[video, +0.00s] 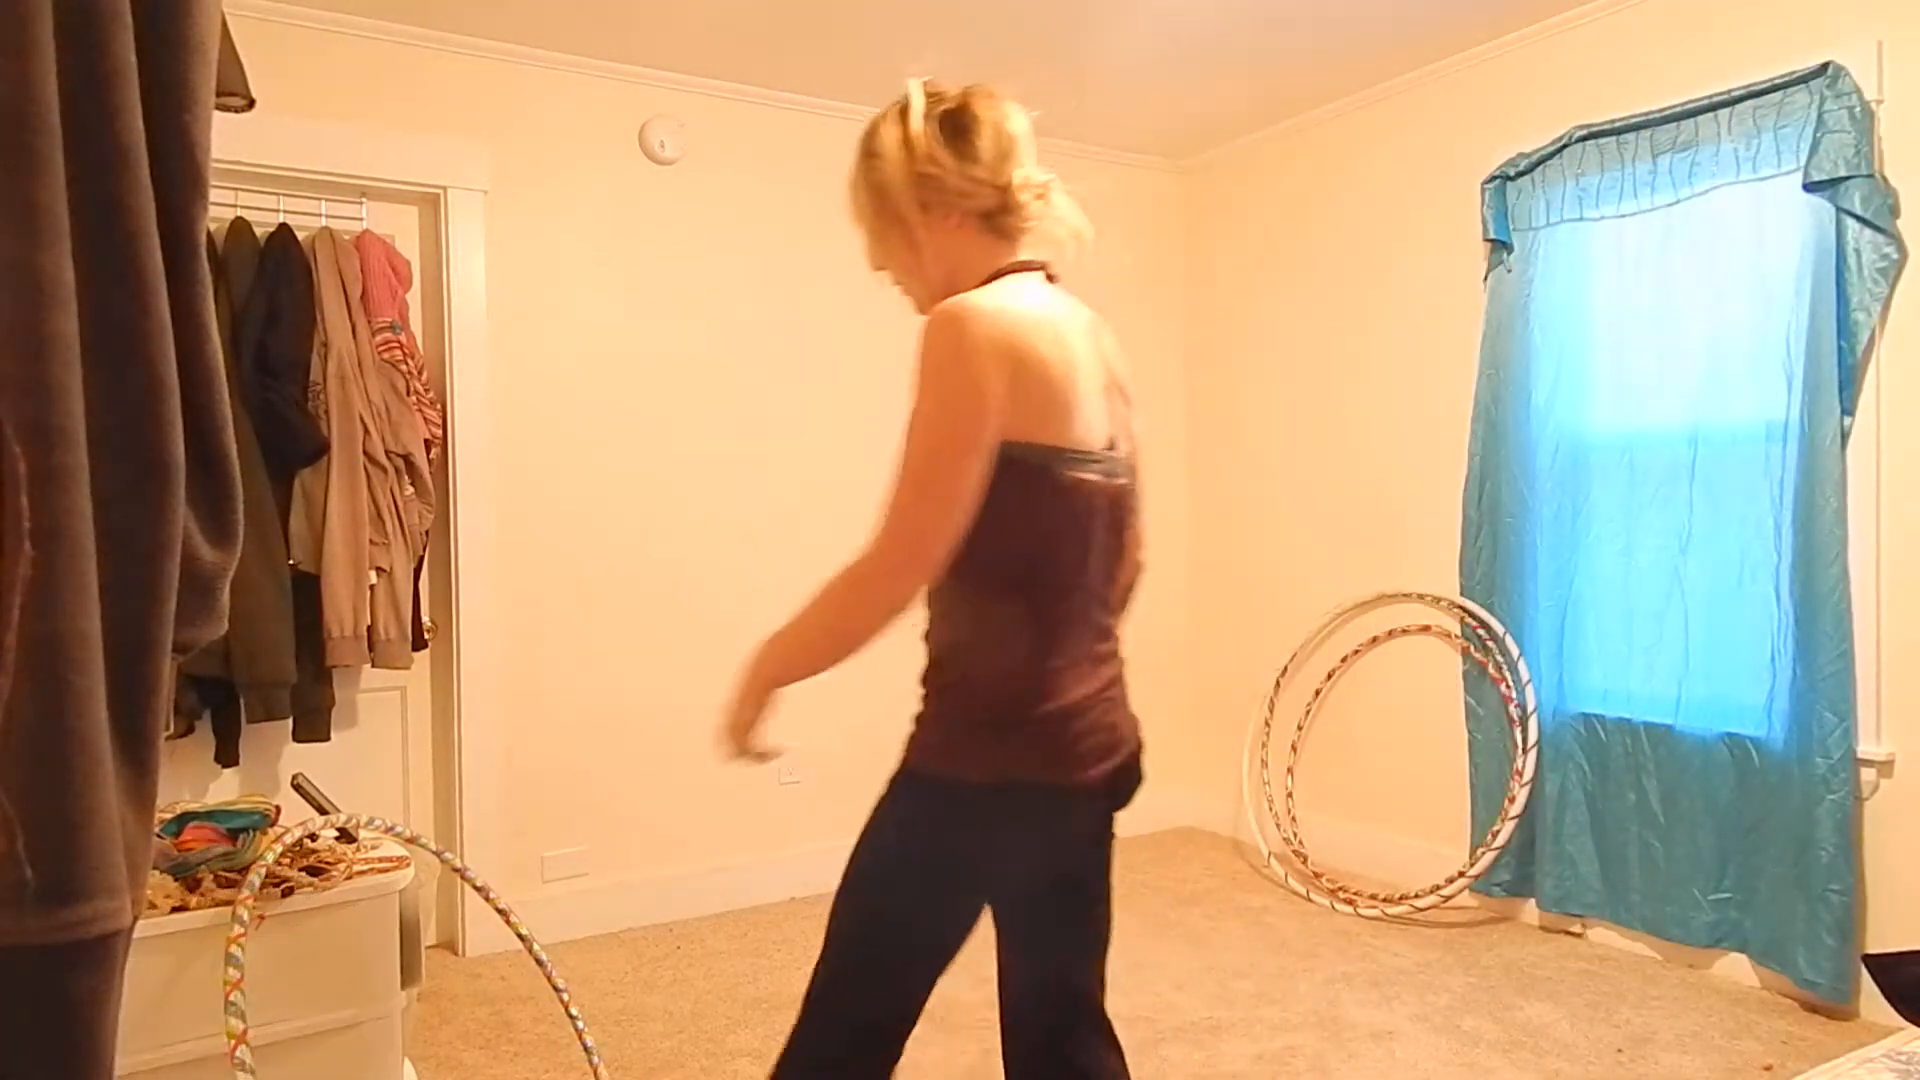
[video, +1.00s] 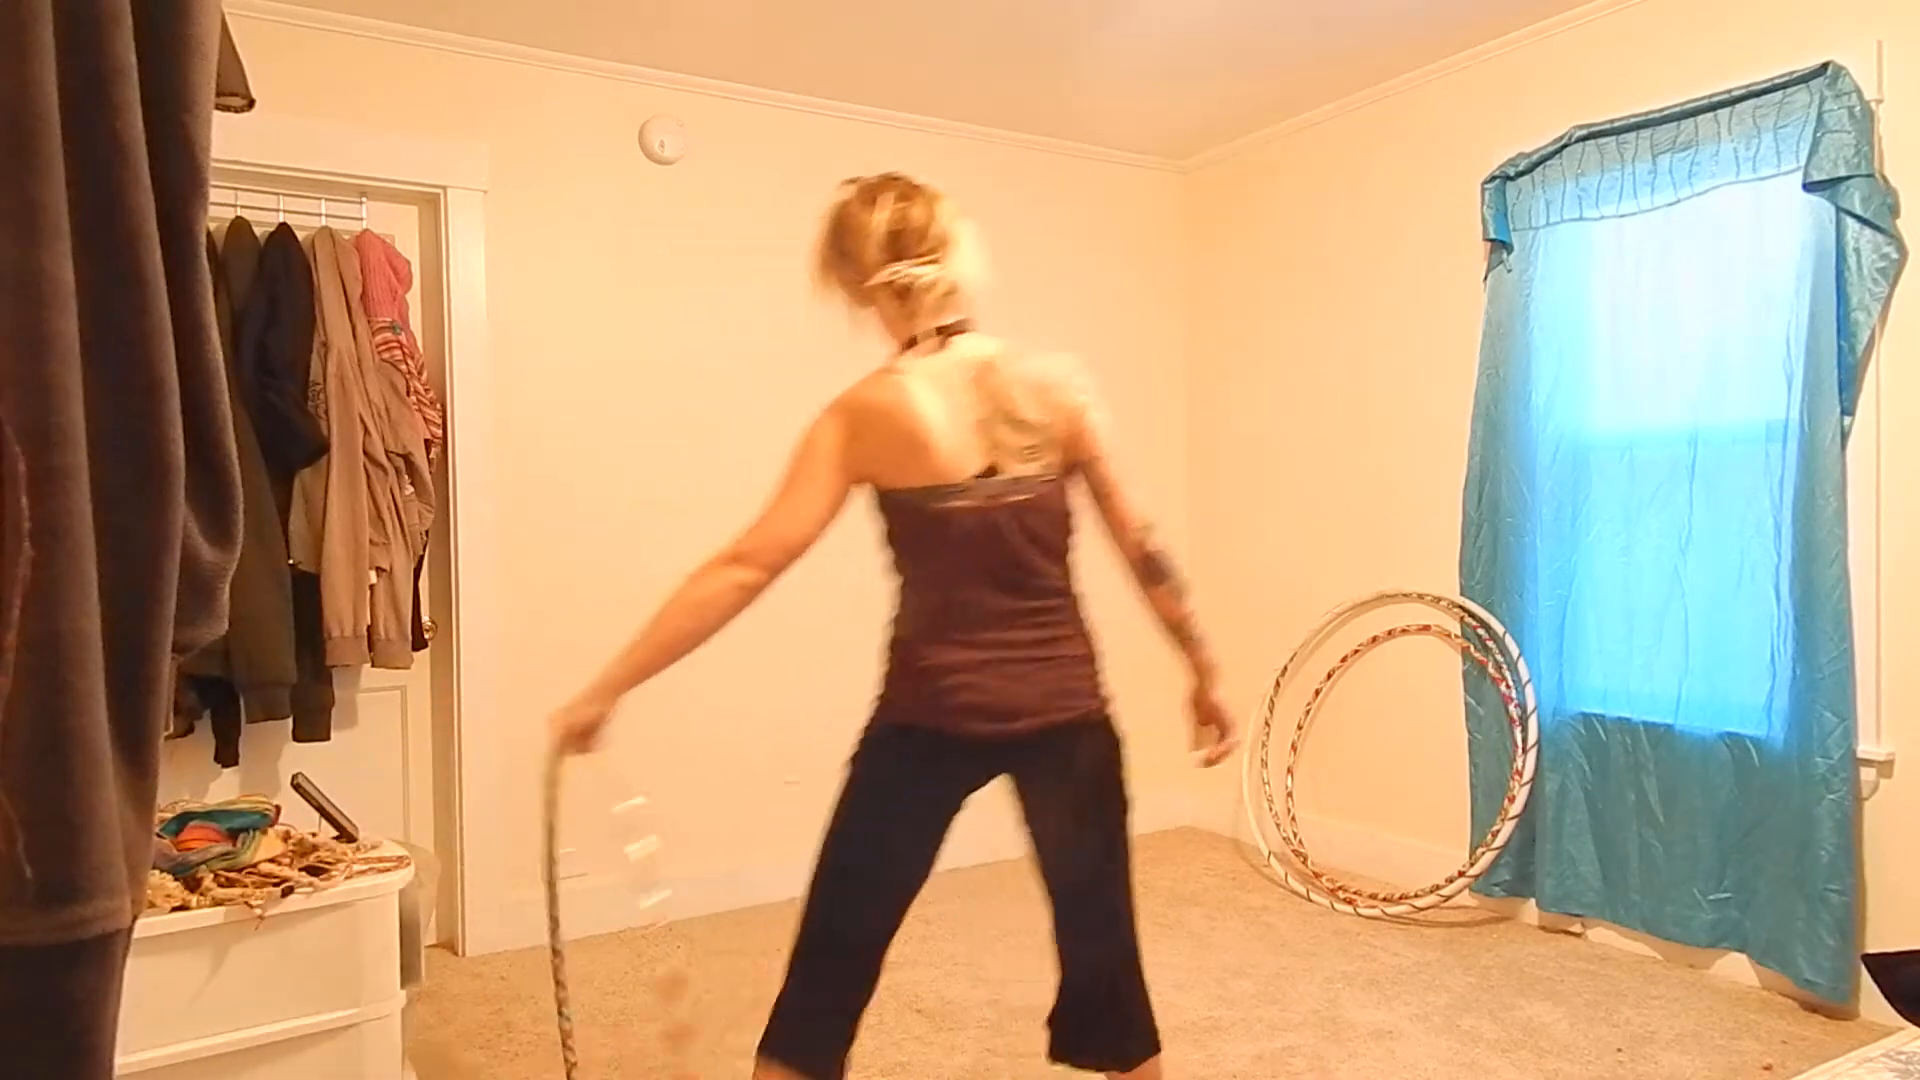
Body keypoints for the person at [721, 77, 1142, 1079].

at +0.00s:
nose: (883, 265)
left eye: (886, 234)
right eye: (877, 239)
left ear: (943, 209)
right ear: (990, 202)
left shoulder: (971, 326)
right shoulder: (1082, 331)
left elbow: (906, 559)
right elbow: (1122, 565)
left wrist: (767, 667)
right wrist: (1042, 671)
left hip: (980, 751)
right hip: (1083, 742)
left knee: (840, 1043)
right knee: (1061, 1036)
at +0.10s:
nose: (823, 273)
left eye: (824, 244)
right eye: (817, 247)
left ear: (876, 225)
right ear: (934, 214)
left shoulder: (904, 352)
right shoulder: (1033, 342)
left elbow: (787, 571)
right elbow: (1072, 562)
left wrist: (647, 702)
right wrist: (987, 674)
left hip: (926, 756)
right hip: (1044, 748)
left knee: (810, 1030)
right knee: (1031, 1029)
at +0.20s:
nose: (746, 277)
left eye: (747, 247)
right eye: (742, 250)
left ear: (795, 236)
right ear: (869, 219)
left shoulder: (811, 374)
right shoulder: (972, 349)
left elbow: (669, 590)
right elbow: (1032, 557)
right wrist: (965, 676)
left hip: (879, 755)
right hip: (1011, 740)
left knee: (782, 1029)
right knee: (998, 1005)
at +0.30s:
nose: (672, 296)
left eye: (672, 268)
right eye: (665, 271)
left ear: (711, 253)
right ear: (791, 237)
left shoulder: (729, 392)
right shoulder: (915, 357)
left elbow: (569, 617)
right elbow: (997, 553)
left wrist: (392, 782)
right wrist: (967, 689)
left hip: (849, 754)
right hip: (988, 735)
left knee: (757, 1012)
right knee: (1006, 981)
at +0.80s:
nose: (700, 342)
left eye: (698, 320)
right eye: (696, 321)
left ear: (720, 316)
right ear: (808, 298)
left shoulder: (715, 452)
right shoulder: (907, 413)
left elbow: (574, 637)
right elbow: (1012, 583)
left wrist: (407, 781)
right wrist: (1071, 692)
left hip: (834, 770)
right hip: (974, 742)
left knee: (734, 1015)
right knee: (1051, 990)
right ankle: (1111, 1073)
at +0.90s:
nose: (778, 323)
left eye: (774, 307)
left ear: (787, 306)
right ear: (887, 286)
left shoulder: (784, 435)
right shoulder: (973, 415)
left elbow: (656, 596)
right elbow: (1069, 578)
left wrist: (500, 731)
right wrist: (1132, 692)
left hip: (872, 750)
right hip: (1008, 737)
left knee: (776, 994)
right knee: (1066, 986)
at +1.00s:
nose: (855, 302)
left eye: (854, 285)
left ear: (865, 288)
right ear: (957, 261)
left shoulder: (866, 413)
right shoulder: (1055, 385)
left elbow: (751, 565)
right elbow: (1139, 542)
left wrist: (604, 690)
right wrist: (1204, 672)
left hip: (934, 716)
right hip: (1067, 711)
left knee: (836, 955)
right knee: (1106, 956)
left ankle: (795, 1070)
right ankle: (1137, 1075)